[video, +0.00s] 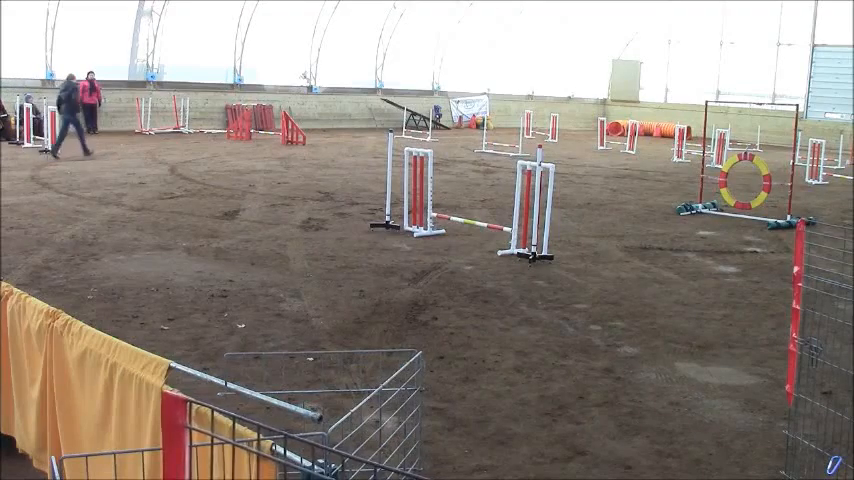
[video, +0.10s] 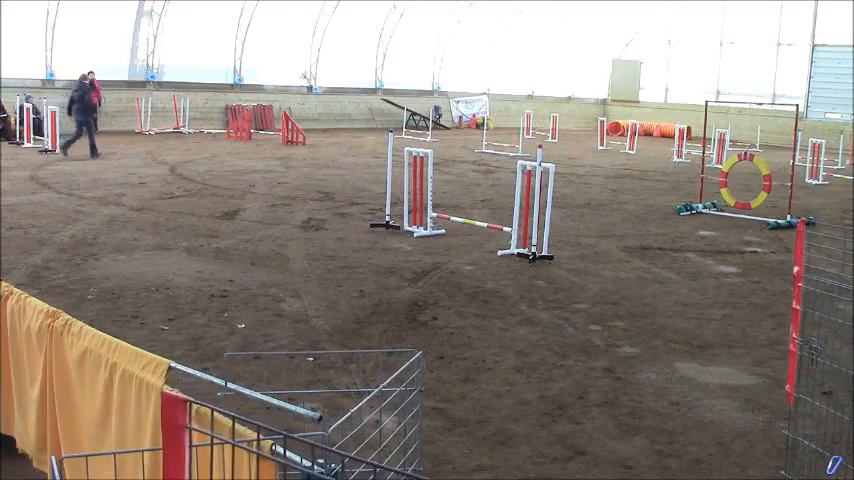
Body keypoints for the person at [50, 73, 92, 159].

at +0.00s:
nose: (75, 81)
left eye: (74, 79)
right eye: (74, 79)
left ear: (67, 79)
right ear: (73, 79)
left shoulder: (63, 86)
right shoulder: (74, 87)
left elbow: (59, 98)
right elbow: (74, 99)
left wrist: (59, 109)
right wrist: (77, 108)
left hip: (64, 112)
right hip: (71, 112)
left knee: (63, 132)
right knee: (80, 130)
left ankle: (55, 149)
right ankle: (85, 150)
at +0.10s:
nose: (87, 82)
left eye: (87, 81)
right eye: (87, 81)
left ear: (80, 80)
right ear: (85, 81)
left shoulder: (77, 87)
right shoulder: (85, 88)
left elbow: (72, 98)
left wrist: (69, 110)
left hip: (79, 114)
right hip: (85, 114)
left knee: (78, 133)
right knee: (91, 133)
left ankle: (65, 146)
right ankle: (93, 152)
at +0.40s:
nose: (121, 82)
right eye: (121, 81)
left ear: (114, 81)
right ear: (121, 81)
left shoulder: (111, 90)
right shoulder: (124, 90)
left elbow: (106, 100)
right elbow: (129, 99)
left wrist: (102, 110)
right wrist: (131, 106)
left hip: (113, 112)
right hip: (121, 112)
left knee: (121, 131)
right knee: (114, 132)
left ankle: (127, 148)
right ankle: (101, 146)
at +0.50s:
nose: (133, 84)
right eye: (132, 82)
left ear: (125, 82)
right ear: (132, 83)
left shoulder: (122, 90)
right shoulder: (134, 91)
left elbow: (118, 102)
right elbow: (139, 102)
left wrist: (114, 113)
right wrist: (142, 111)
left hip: (123, 114)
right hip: (131, 114)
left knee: (131, 133)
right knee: (131, 133)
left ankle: (132, 150)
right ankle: (116, 142)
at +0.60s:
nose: (143, 84)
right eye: (143, 83)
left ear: (137, 82)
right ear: (143, 83)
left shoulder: (134, 90)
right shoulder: (145, 91)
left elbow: (130, 102)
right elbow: (147, 104)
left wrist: (127, 112)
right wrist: (151, 113)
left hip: (134, 115)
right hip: (142, 116)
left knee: (138, 132)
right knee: (147, 132)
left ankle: (134, 147)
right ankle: (136, 146)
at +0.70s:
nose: (154, 82)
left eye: (153, 81)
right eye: (154, 81)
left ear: (149, 81)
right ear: (155, 81)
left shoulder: (146, 88)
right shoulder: (155, 88)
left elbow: (141, 98)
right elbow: (155, 100)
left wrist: (140, 109)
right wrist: (158, 110)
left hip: (145, 112)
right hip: (152, 112)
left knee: (143, 130)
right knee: (159, 129)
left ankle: (135, 147)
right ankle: (160, 147)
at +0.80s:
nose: (167, 83)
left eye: (166, 81)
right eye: (166, 82)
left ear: (160, 81)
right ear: (166, 81)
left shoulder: (157, 88)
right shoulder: (166, 89)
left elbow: (153, 100)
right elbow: (166, 101)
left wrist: (152, 110)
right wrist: (170, 110)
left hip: (157, 112)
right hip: (164, 113)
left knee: (156, 131)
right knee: (168, 130)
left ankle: (143, 142)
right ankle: (171, 148)